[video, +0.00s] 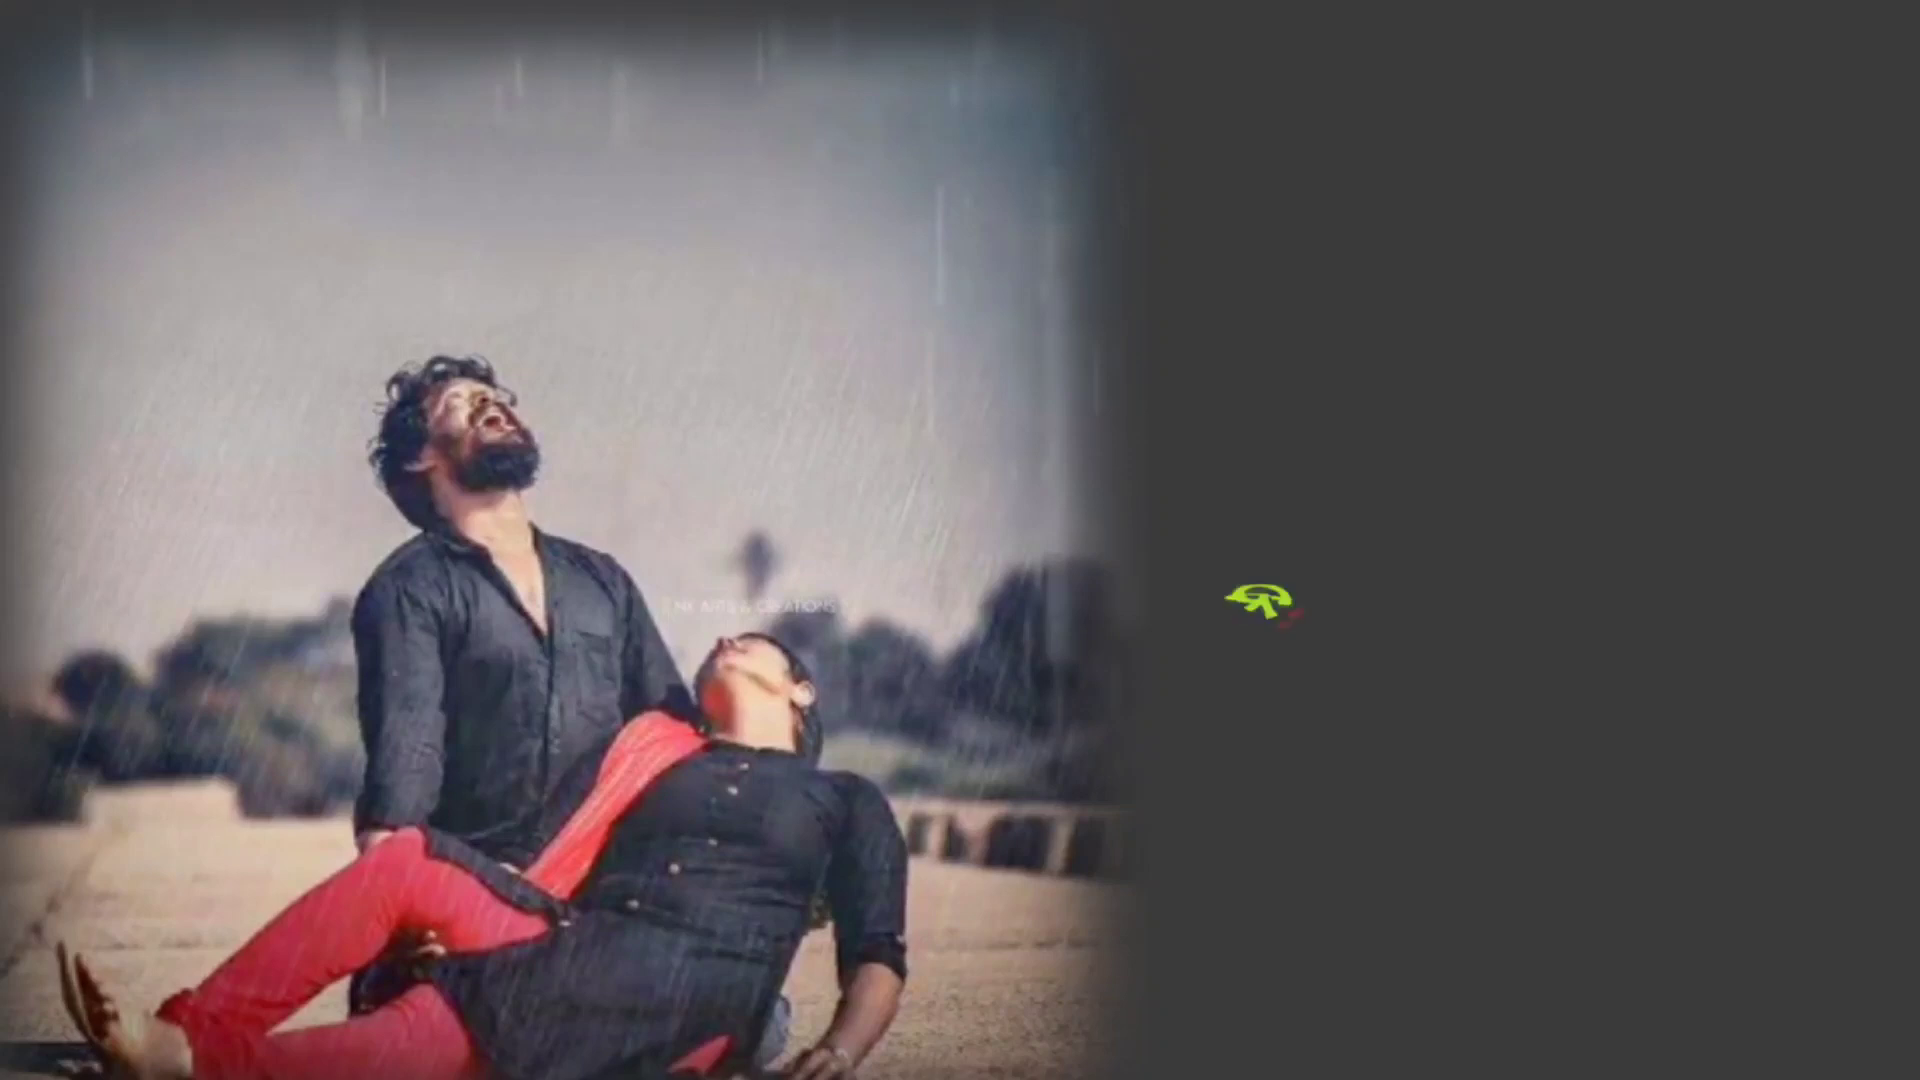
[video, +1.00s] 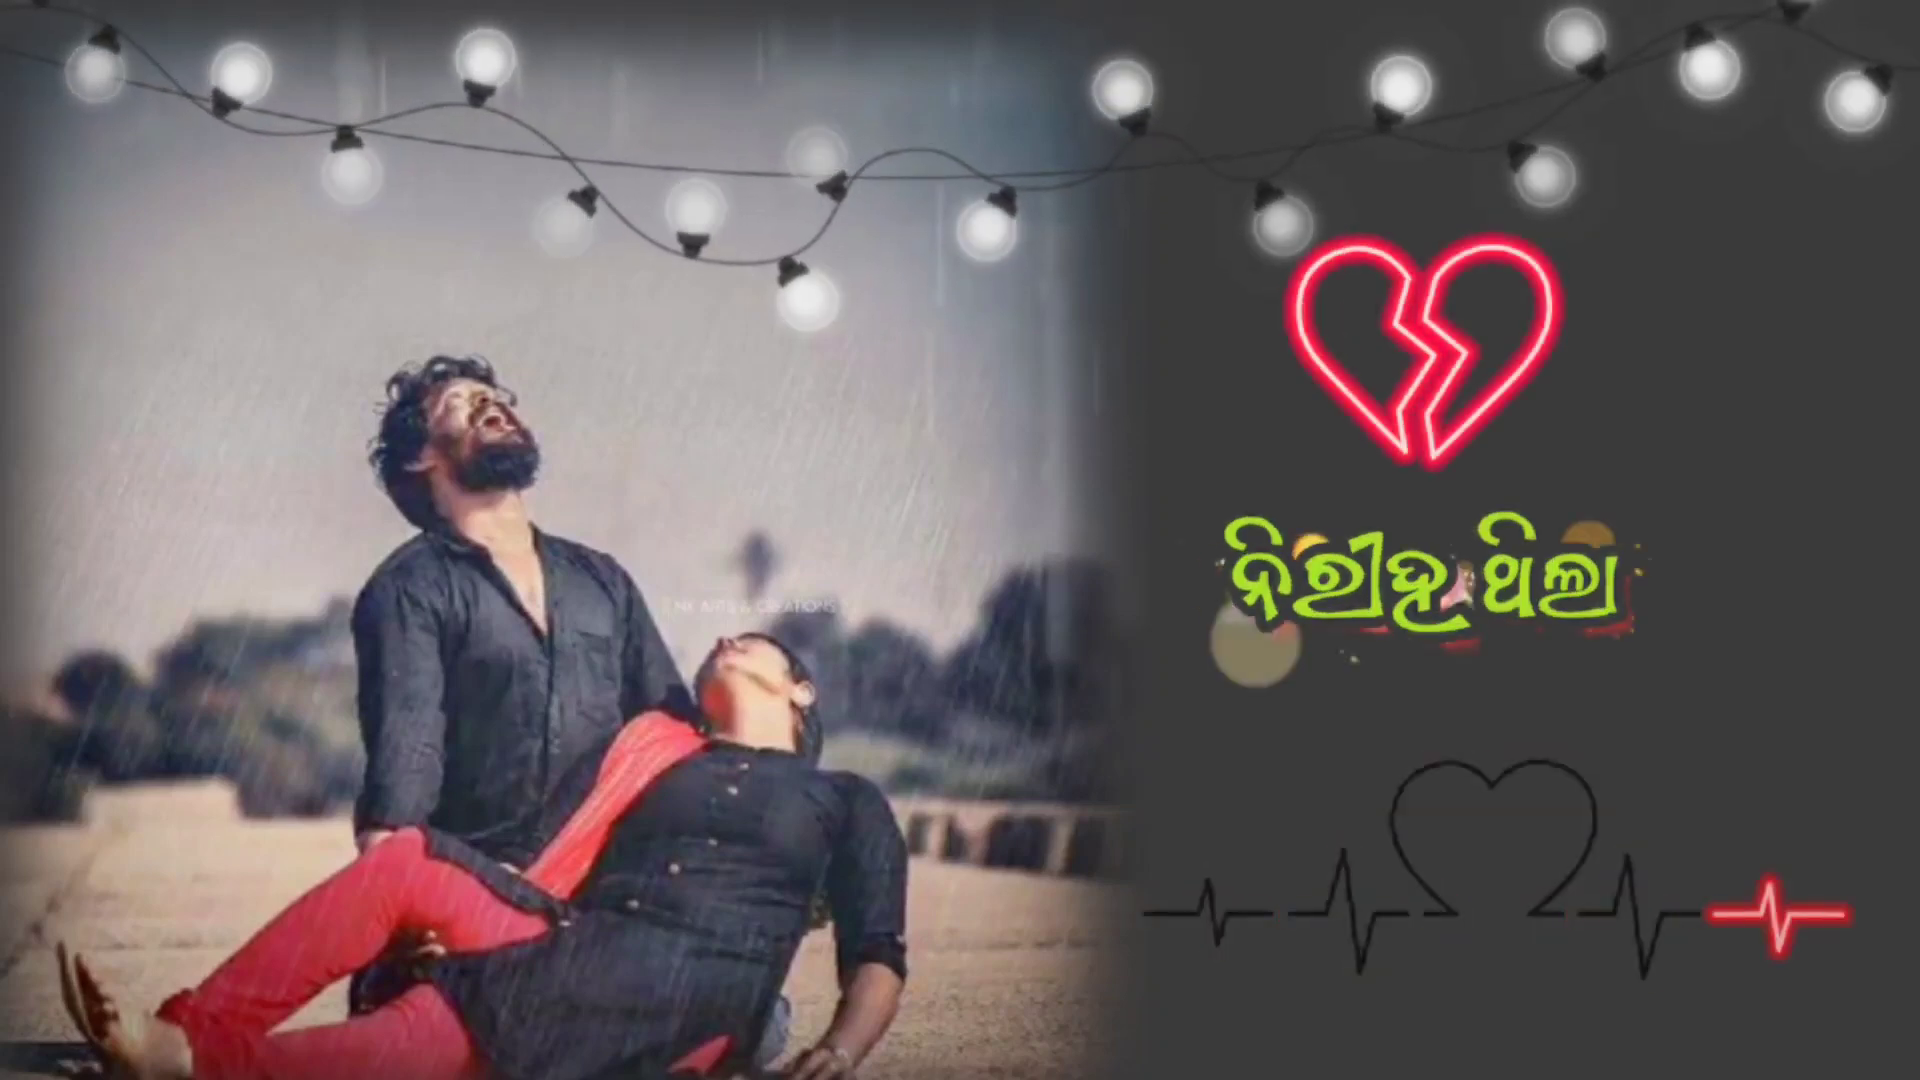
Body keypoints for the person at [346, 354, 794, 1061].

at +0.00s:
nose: (496, 409)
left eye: (501, 402)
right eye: (462, 406)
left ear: (524, 438)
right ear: (421, 463)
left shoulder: (602, 579)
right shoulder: (410, 588)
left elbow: (678, 728)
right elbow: (404, 751)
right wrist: (387, 899)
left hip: (617, 884)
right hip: (462, 890)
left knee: (762, 1020)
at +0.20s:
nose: (496, 409)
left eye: (502, 401)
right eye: (463, 406)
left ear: (525, 437)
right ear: (421, 462)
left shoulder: (603, 579)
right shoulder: (410, 588)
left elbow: (678, 729)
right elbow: (404, 751)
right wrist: (389, 900)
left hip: (616, 884)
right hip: (461, 890)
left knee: (762, 1019)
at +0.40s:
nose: (497, 409)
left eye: (502, 401)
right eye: (463, 406)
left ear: (525, 437)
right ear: (421, 462)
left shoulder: (603, 579)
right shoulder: (410, 588)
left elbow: (678, 729)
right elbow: (404, 751)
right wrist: (389, 901)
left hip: (616, 884)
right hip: (461, 890)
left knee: (761, 1019)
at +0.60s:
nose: (495, 409)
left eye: (501, 402)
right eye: (461, 406)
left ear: (525, 436)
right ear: (421, 463)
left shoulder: (603, 579)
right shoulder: (410, 587)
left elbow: (678, 729)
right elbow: (404, 748)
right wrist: (389, 895)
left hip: (617, 884)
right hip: (462, 890)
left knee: (762, 1020)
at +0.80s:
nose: (495, 409)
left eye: (500, 401)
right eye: (461, 406)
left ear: (525, 436)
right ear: (421, 462)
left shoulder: (603, 579)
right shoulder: (411, 587)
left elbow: (678, 729)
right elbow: (405, 745)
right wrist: (388, 892)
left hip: (616, 883)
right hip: (461, 889)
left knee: (762, 1020)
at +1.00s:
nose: (496, 409)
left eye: (501, 401)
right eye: (463, 406)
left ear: (525, 436)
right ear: (421, 462)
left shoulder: (603, 579)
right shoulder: (411, 587)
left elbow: (678, 729)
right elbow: (404, 748)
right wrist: (388, 895)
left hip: (615, 884)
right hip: (460, 889)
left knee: (762, 1020)